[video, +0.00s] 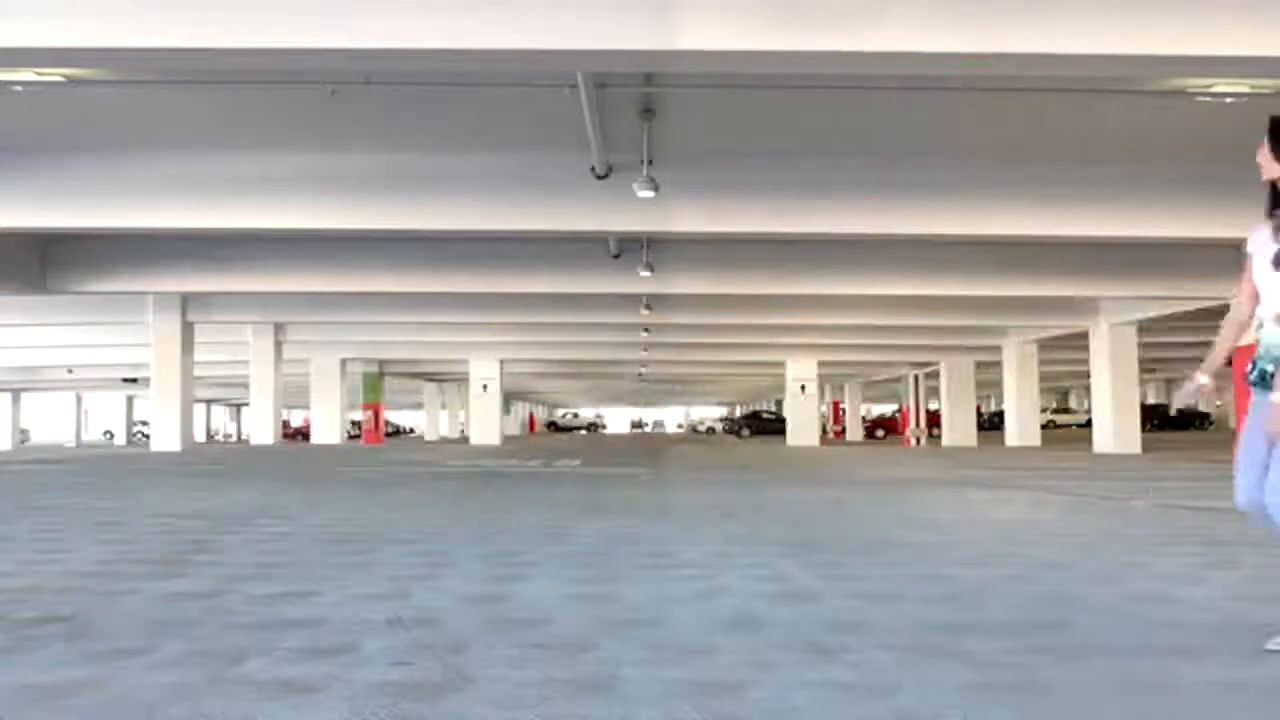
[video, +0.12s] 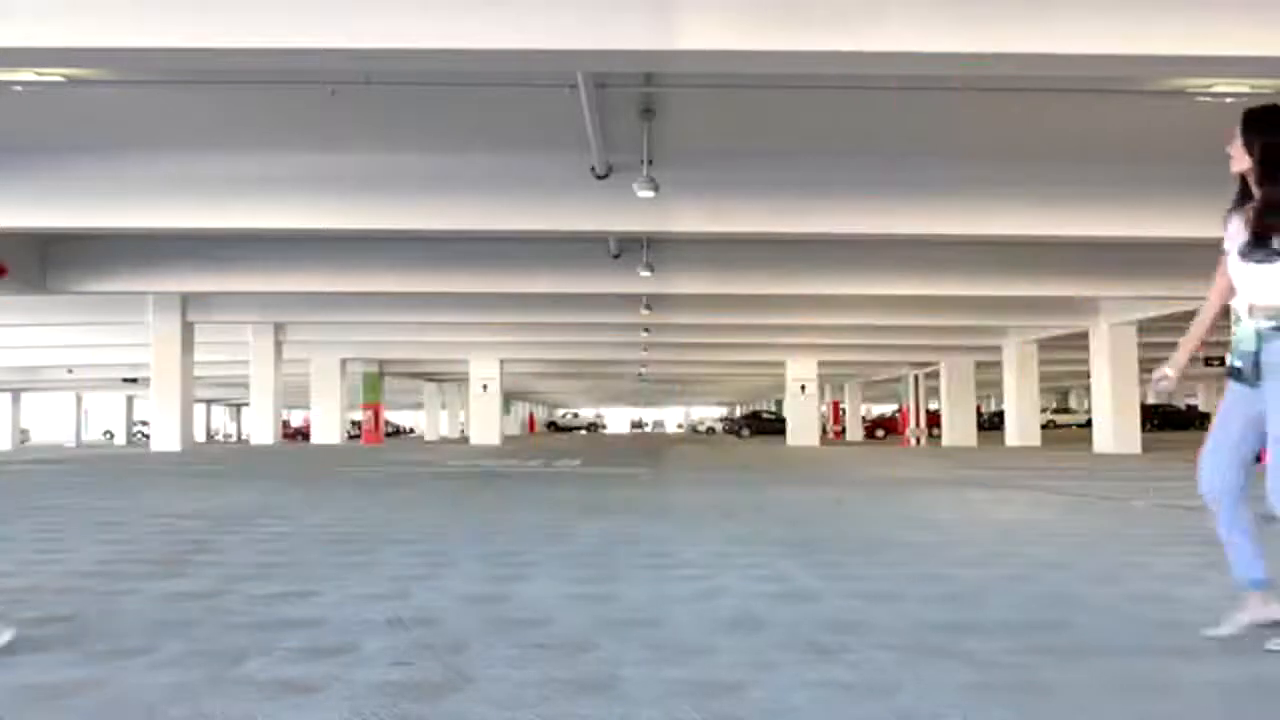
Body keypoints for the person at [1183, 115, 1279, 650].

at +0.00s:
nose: (1260, 158)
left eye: (1266, 149)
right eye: (1262, 148)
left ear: (1277, 159)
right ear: (1268, 160)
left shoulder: (1266, 238)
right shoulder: (1262, 237)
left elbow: (1244, 311)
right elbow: (1242, 310)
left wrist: (1272, 402)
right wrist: (1209, 369)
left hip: (1276, 379)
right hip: (1263, 379)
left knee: (1268, 494)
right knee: (1253, 493)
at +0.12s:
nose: (1230, 147)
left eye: (1238, 139)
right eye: (1234, 139)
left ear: (1261, 148)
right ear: (1256, 150)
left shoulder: (1272, 216)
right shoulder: (1240, 219)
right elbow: (1218, 298)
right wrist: (1179, 358)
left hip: (1276, 366)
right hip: (1248, 366)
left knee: (1274, 491)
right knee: (1218, 476)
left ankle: (1265, 601)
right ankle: (1257, 592)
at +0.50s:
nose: (1162, 187)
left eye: (1170, 179)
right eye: (1164, 178)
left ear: (1193, 185)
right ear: (1199, 186)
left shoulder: (1224, 236)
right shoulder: (1190, 243)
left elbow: (1237, 317)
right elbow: (1166, 322)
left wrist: (1247, 391)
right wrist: (1138, 373)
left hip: (1206, 381)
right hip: (1175, 382)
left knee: (1207, 521)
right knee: (1141, 500)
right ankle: (1204, 618)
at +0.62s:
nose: (1137, 172)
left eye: (1144, 164)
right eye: (1139, 163)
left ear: (1170, 169)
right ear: (1175, 169)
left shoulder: (1198, 224)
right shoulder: (1169, 228)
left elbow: (1196, 309)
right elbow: (1157, 311)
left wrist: (1179, 376)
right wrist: (1138, 373)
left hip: (1186, 370)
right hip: (1160, 370)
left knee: (1165, 505)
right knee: (1145, 502)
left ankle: (1262, 581)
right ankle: (1202, 615)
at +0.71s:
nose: (1122, 161)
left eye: (1131, 153)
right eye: (1125, 152)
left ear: (1156, 158)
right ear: (1155, 160)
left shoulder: (1187, 215)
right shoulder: (1145, 218)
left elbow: (1172, 299)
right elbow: (1143, 303)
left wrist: (1143, 368)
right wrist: (1109, 349)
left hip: (1183, 355)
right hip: (1161, 355)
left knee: (1132, 483)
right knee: (1163, 488)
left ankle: (1203, 602)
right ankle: (1204, 615)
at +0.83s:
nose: (1100, 155)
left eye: (1109, 147)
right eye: (1102, 146)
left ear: (1137, 152)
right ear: (1135, 154)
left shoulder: (1171, 209)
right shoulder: (1112, 216)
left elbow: (1144, 296)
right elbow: (1095, 288)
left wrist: (1101, 360)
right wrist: (1074, 332)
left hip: (1168, 351)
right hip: (1136, 353)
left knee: (1125, 475)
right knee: (1171, 487)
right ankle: (1205, 615)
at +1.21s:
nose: (1037, 162)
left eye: (1046, 154)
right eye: (1039, 153)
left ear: (1075, 159)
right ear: (1067, 160)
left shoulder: (1115, 225)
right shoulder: (1034, 218)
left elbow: (1098, 316)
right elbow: (1023, 296)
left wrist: (1069, 392)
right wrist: (1020, 360)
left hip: (1099, 366)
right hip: (1053, 364)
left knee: (1050, 489)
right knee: (1092, 503)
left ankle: (1039, 621)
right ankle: (1179, 594)